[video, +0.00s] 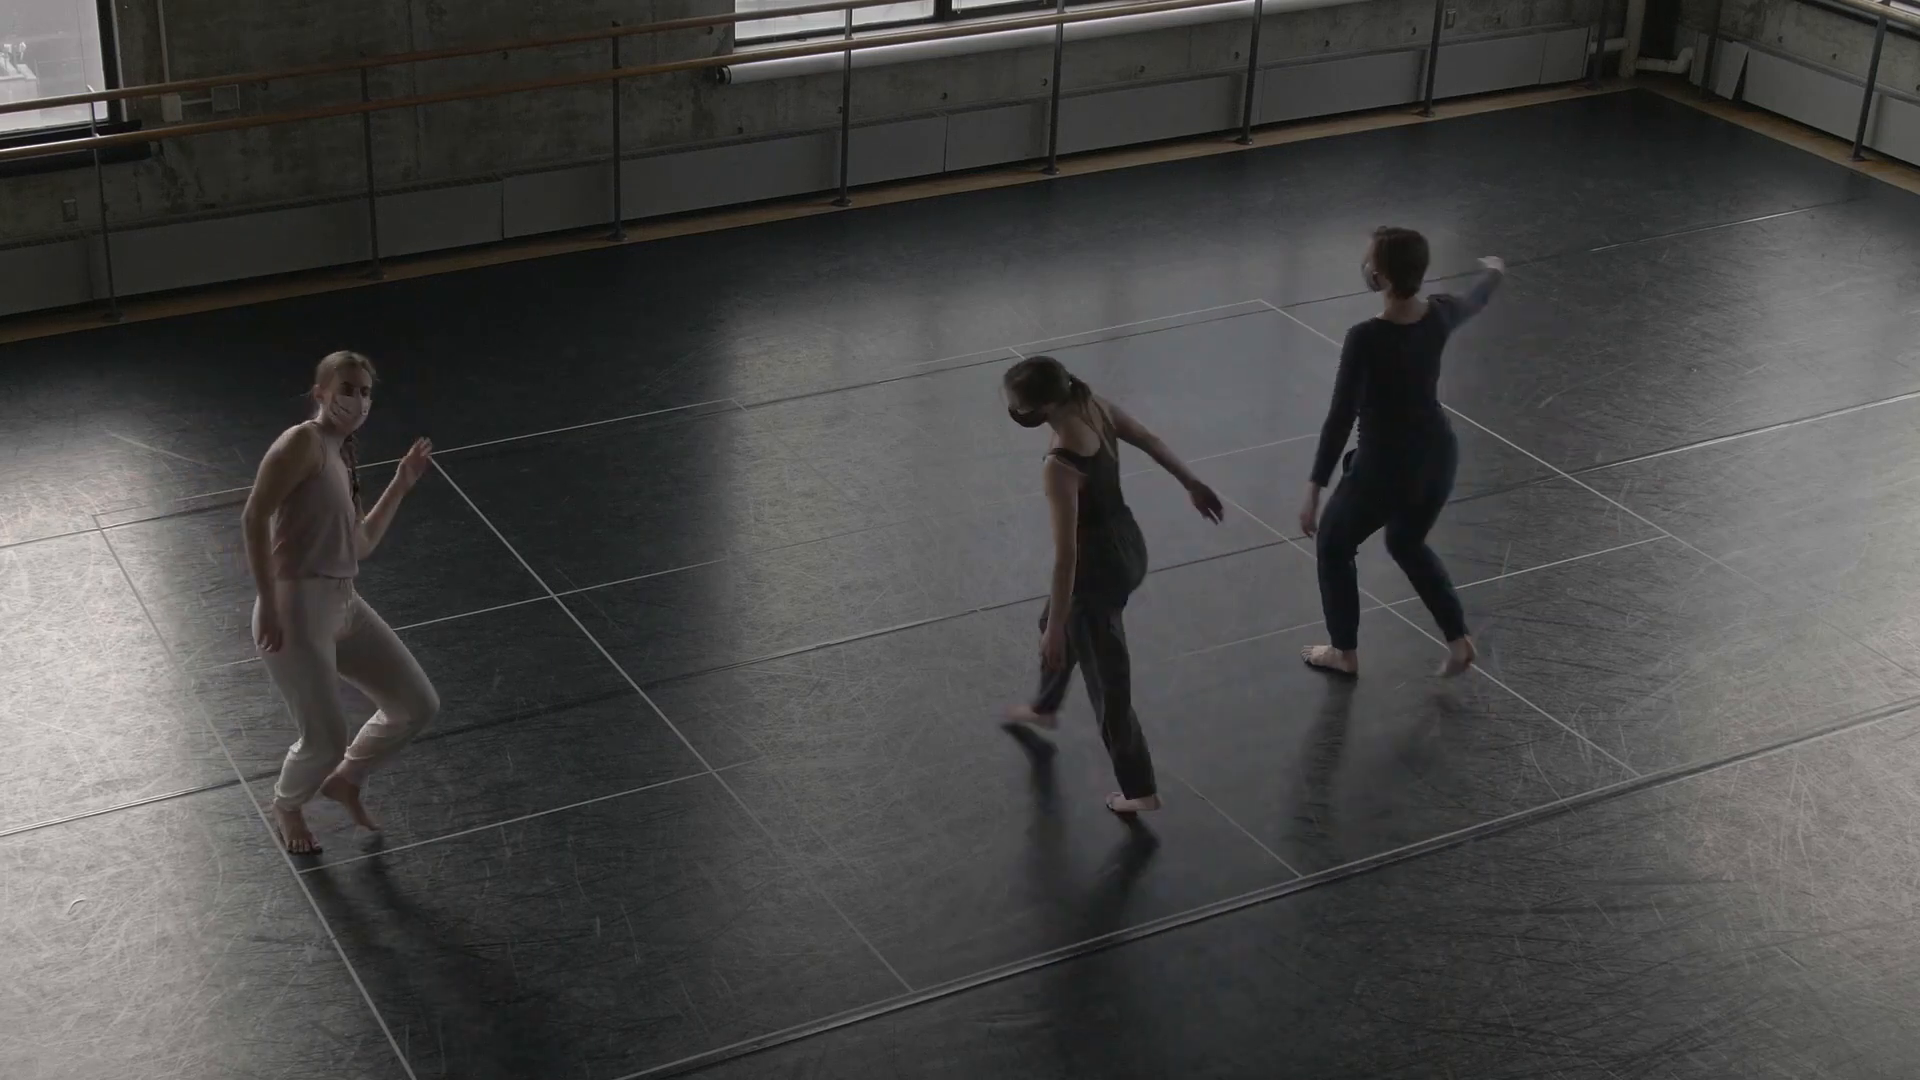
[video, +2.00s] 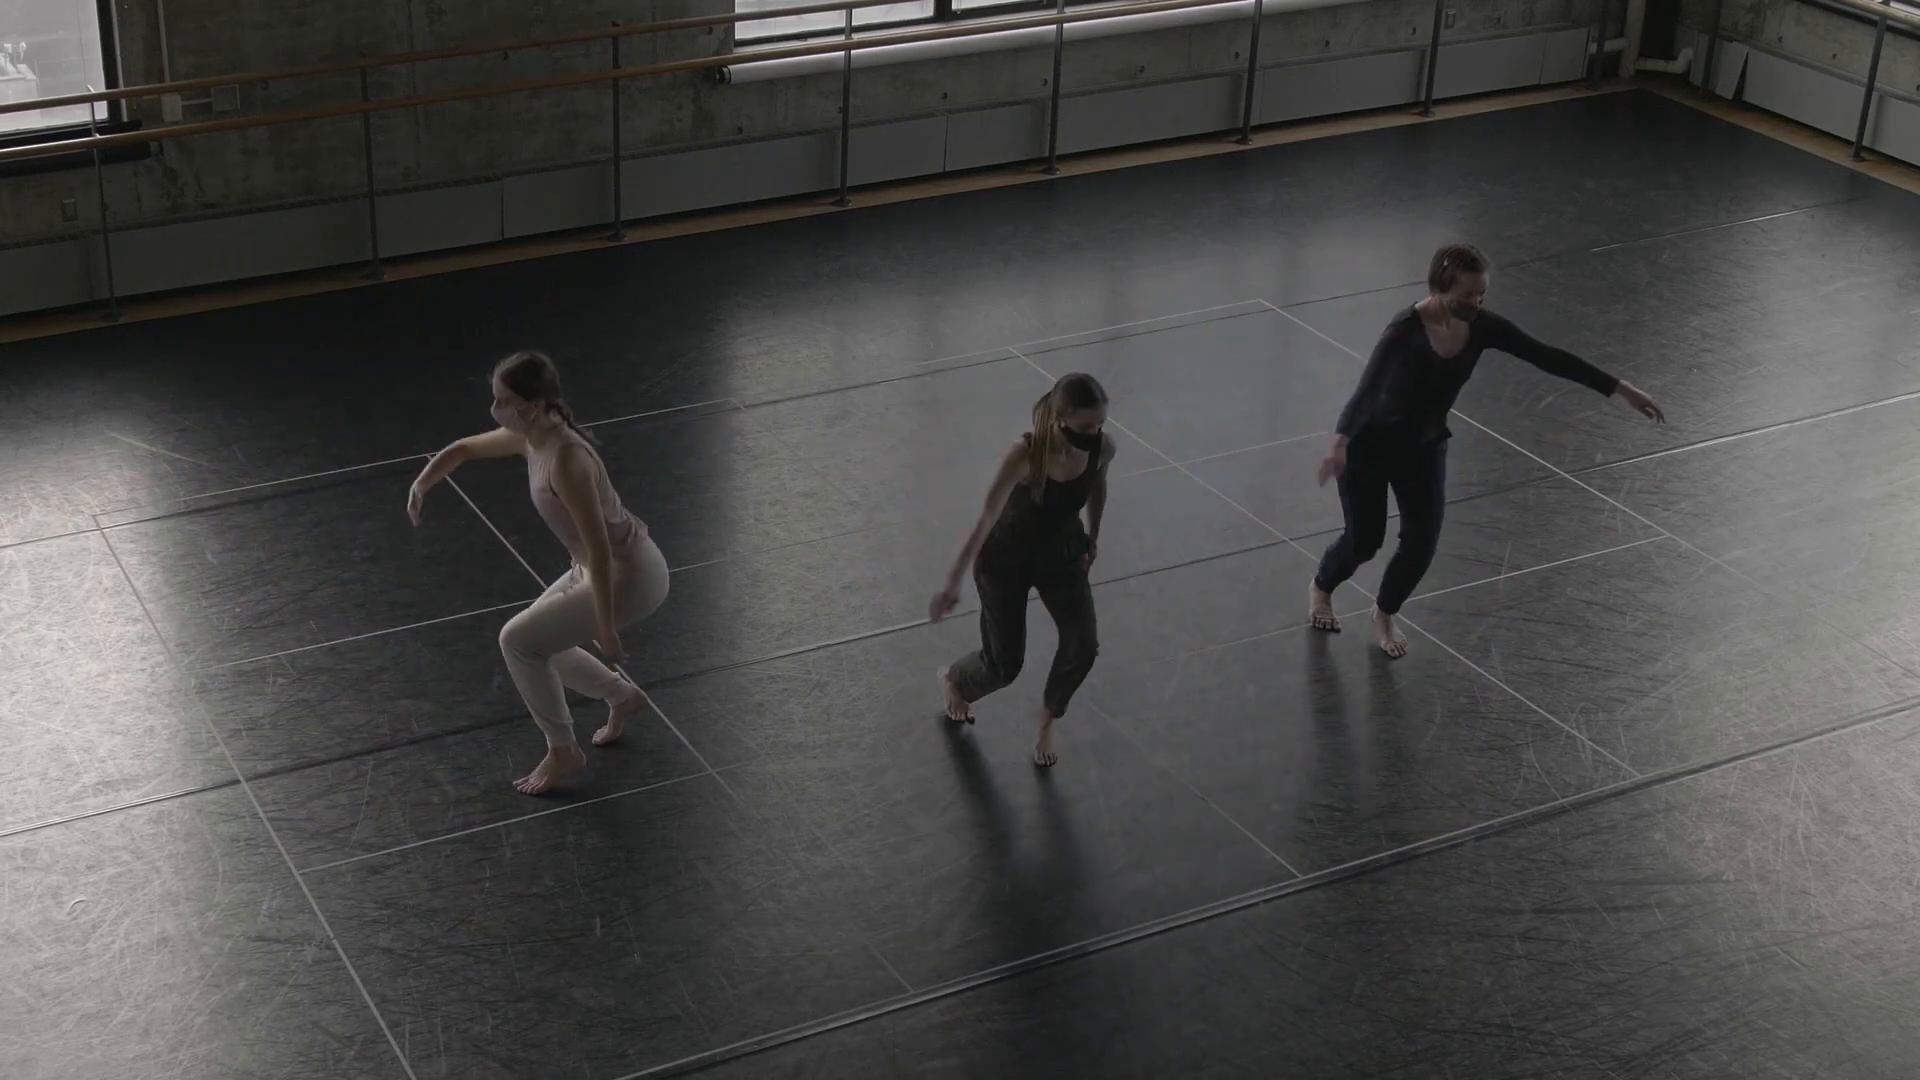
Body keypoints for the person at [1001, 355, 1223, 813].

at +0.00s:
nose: (1013, 414)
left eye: (1017, 410)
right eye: (1013, 407)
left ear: (1039, 411)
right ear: (1060, 387)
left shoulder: (1061, 466)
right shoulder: (1093, 407)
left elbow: (1066, 557)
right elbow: (1147, 441)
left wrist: (1055, 628)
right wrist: (1193, 483)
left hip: (1097, 577)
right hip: (1127, 553)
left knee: (1108, 683)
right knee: (1054, 623)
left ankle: (1140, 790)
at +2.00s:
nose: (1097, 429)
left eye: (1100, 421)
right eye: (1089, 424)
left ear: (1102, 413)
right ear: (1062, 421)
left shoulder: (1102, 448)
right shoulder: (1025, 454)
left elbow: (1097, 491)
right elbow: (986, 521)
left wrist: (1092, 540)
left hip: (1059, 552)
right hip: (1007, 554)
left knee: (1082, 646)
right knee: (1004, 665)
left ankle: (1047, 721)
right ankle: (954, 681)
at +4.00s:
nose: (923, 645)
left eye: (921, 637)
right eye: (924, 636)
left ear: (927, 634)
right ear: (961, 621)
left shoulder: (930, 664)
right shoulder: (997, 636)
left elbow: (892, 727)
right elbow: (1023, 720)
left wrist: (866, 764)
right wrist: (994, 798)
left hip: (1033, 712)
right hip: (1081, 698)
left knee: (1008, 837)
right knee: (1107, 820)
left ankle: (975, 971)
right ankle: (1222, 853)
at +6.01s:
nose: (944, 411)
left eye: (943, 403)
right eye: (943, 403)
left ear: (949, 402)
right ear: (987, 392)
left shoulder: (942, 451)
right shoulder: (1030, 436)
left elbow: (918, 540)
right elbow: (1091, 496)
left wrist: (916, 588)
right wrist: (1060, 556)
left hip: (964, 593)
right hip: (1022, 590)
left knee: (957, 695)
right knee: (1011, 695)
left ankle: (952, 802)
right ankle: (994, 798)